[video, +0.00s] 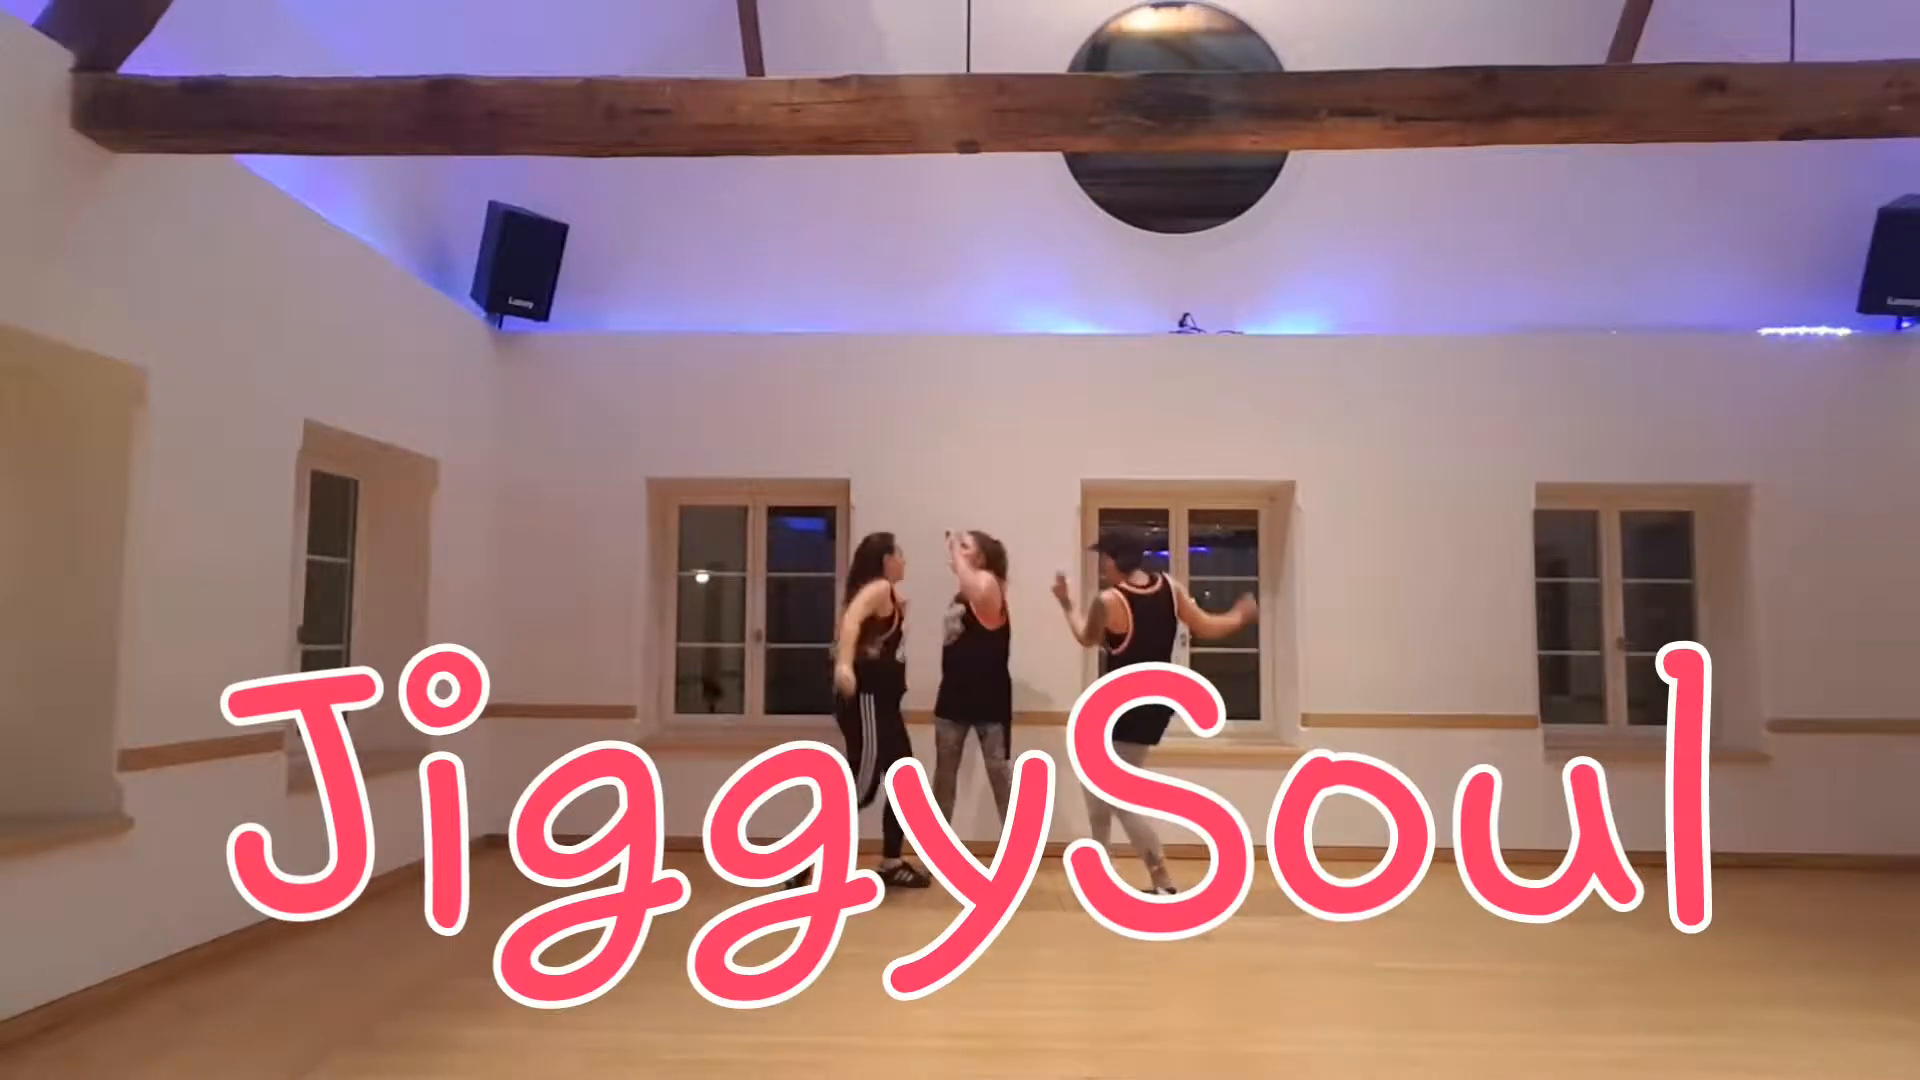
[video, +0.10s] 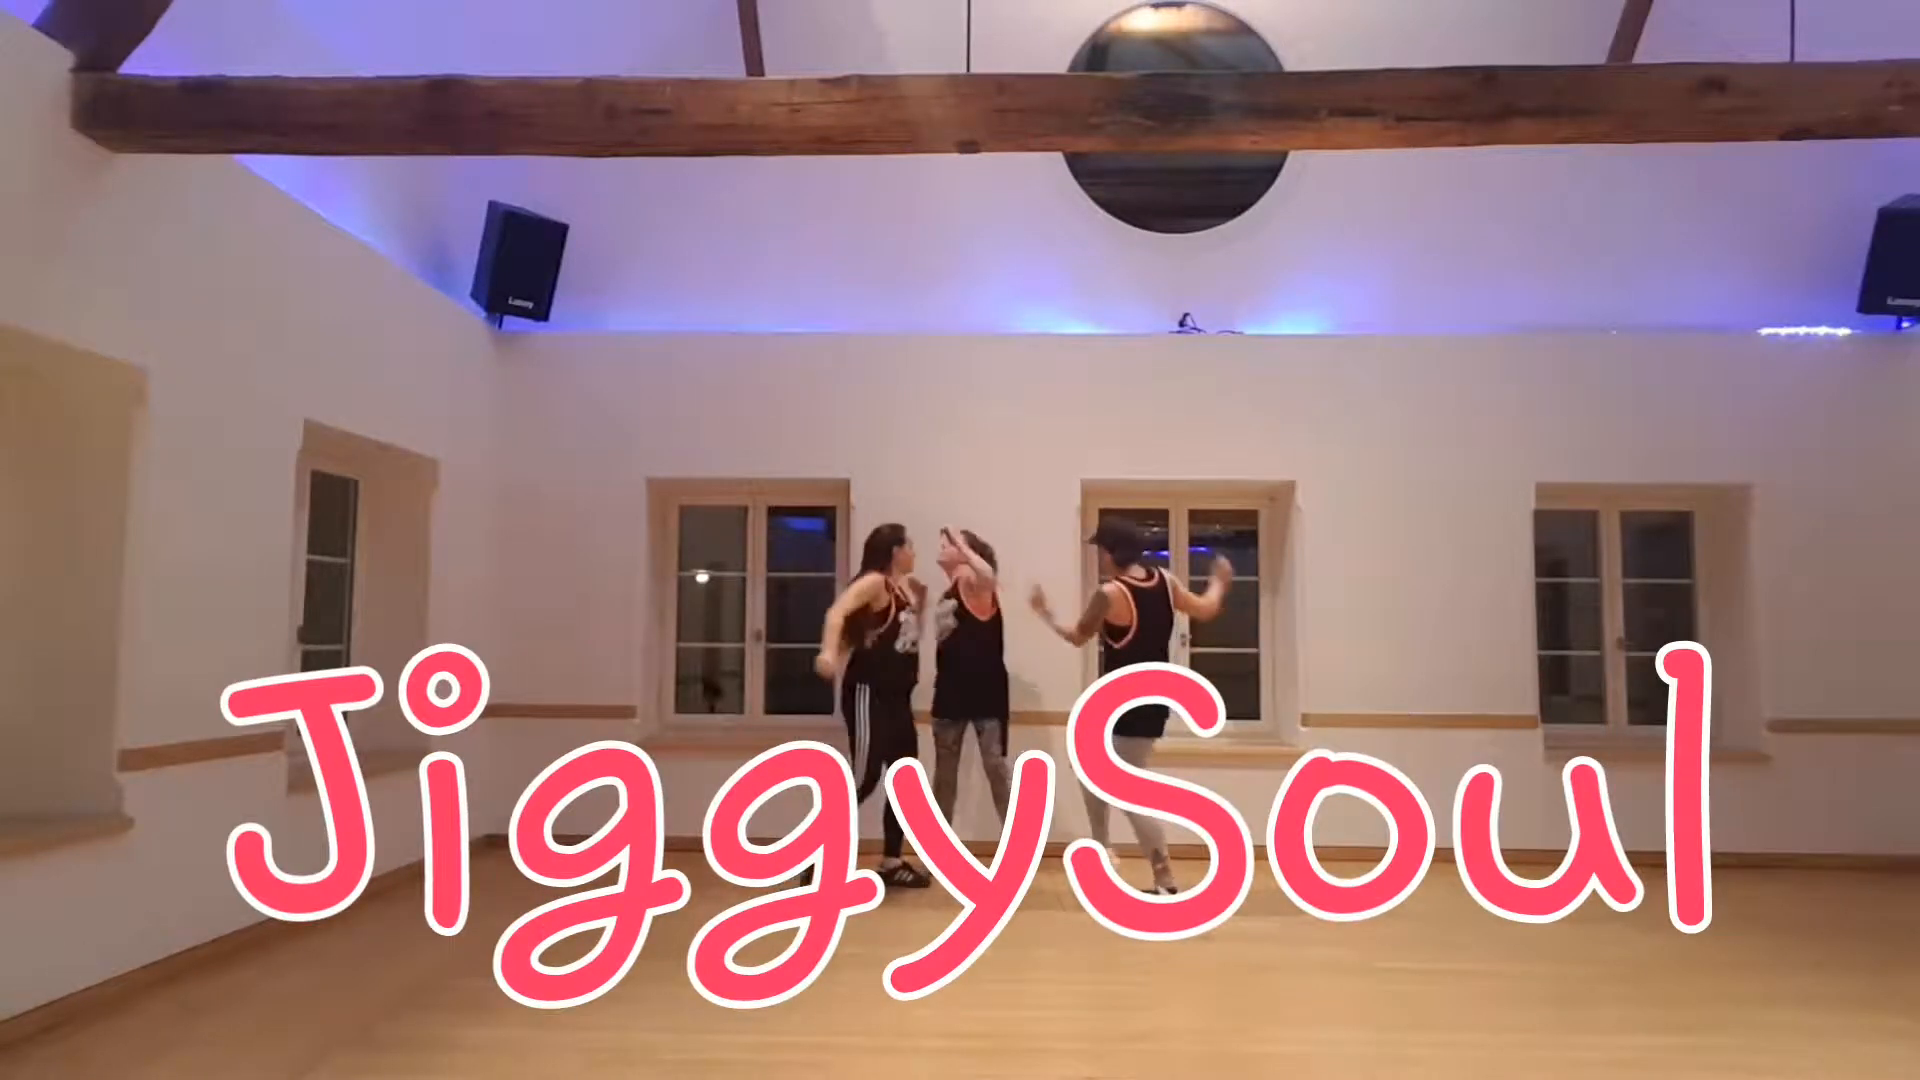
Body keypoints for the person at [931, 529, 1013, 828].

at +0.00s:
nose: (957, 553)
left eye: (966, 547)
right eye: (957, 547)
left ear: (983, 554)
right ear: (959, 554)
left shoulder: (990, 582)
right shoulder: (963, 590)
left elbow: (977, 590)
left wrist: (955, 554)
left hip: (989, 690)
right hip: (954, 689)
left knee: (999, 769)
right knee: (945, 767)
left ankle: (1016, 840)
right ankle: (938, 839)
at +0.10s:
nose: (942, 549)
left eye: (949, 545)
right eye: (943, 544)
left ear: (968, 554)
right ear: (949, 554)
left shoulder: (979, 586)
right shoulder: (948, 593)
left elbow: (987, 576)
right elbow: (940, 644)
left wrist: (963, 548)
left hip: (987, 688)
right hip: (950, 688)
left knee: (996, 764)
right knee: (944, 766)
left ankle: (1016, 835)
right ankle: (939, 836)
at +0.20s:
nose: (933, 556)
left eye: (940, 551)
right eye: (934, 551)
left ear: (955, 558)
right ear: (938, 559)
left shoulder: (966, 577)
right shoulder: (935, 591)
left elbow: (1004, 589)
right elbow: (925, 641)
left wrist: (972, 560)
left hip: (980, 686)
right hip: (944, 687)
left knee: (987, 767)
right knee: (942, 773)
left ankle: (1017, 839)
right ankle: (942, 843)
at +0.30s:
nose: (928, 567)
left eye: (935, 561)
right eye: (924, 563)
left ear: (951, 566)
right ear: (922, 572)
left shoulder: (969, 593)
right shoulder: (925, 605)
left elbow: (1013, 611)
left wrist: (986, 586)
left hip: (976, 696)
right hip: (939, 697)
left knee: (976, 771)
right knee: (941, 778)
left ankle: (1014, 834)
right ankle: (944, 846)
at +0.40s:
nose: (929, 572)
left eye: (932, 565)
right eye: (923, 571)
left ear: (945, 567)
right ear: (918, 581)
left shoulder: (970, 598)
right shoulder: (919, 609)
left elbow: (1006, 636)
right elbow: (900, 654)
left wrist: (1001, 617)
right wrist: (921, 671)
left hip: (974, 698)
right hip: (937, 700)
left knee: (973, 771)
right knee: (942, 778)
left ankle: (1008, 837)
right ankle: (943, 845)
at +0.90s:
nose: (968, 574)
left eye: (966, 568)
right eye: (961, 570)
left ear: (961, 574)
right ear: (943, 578)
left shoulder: (967, 599)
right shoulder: (941, 614)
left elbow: (978, 624)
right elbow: (928, 664)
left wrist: (996, 599)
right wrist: (972, 674)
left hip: (987, 699)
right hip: (955, 706)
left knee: (1004, 768)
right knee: (965, 774)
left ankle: (997, 843)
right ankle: (959, 849)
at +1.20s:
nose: (990, 581)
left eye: (993, 574)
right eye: (983, 574)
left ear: (997, 570)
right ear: (966, 570)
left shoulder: (991, 594)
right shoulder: (955, 603)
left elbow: (1009, 615)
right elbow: (932, 649)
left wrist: (1022, 581)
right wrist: (967, 681)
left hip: (994, 693)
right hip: (959, 697)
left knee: (1016, 764)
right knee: (956, 768)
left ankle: (1019, 835)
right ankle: (941, 841)